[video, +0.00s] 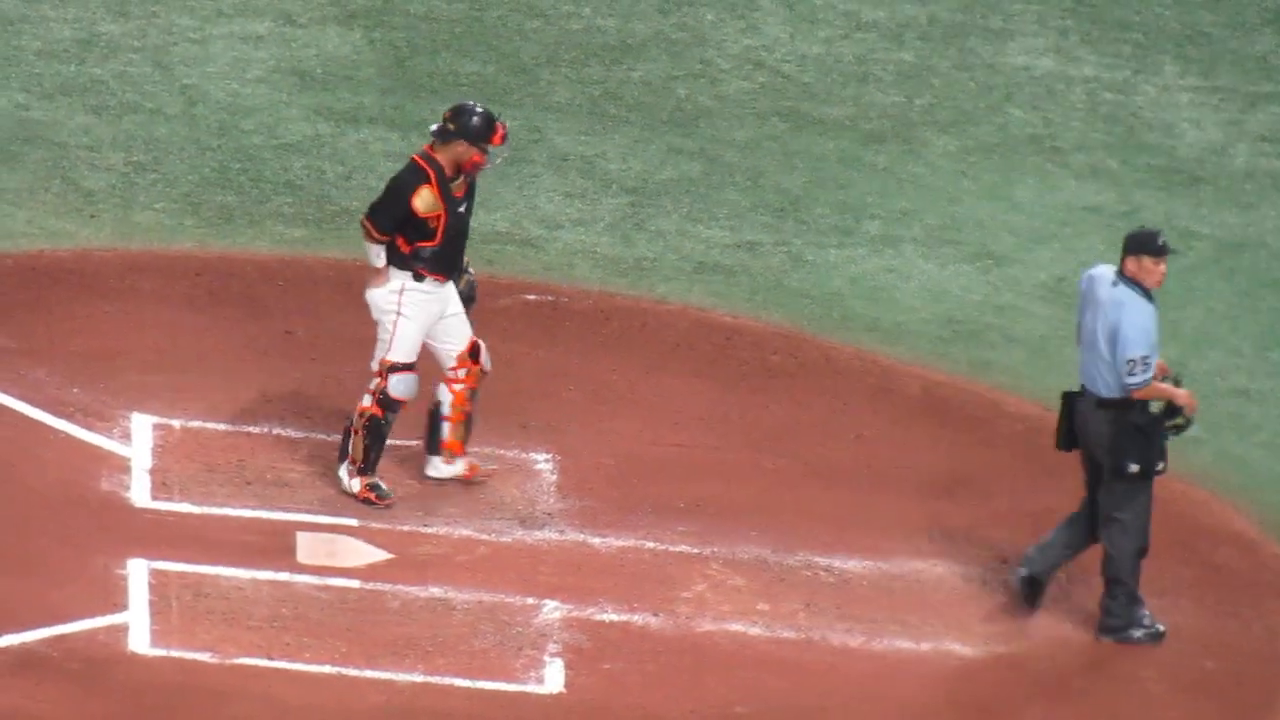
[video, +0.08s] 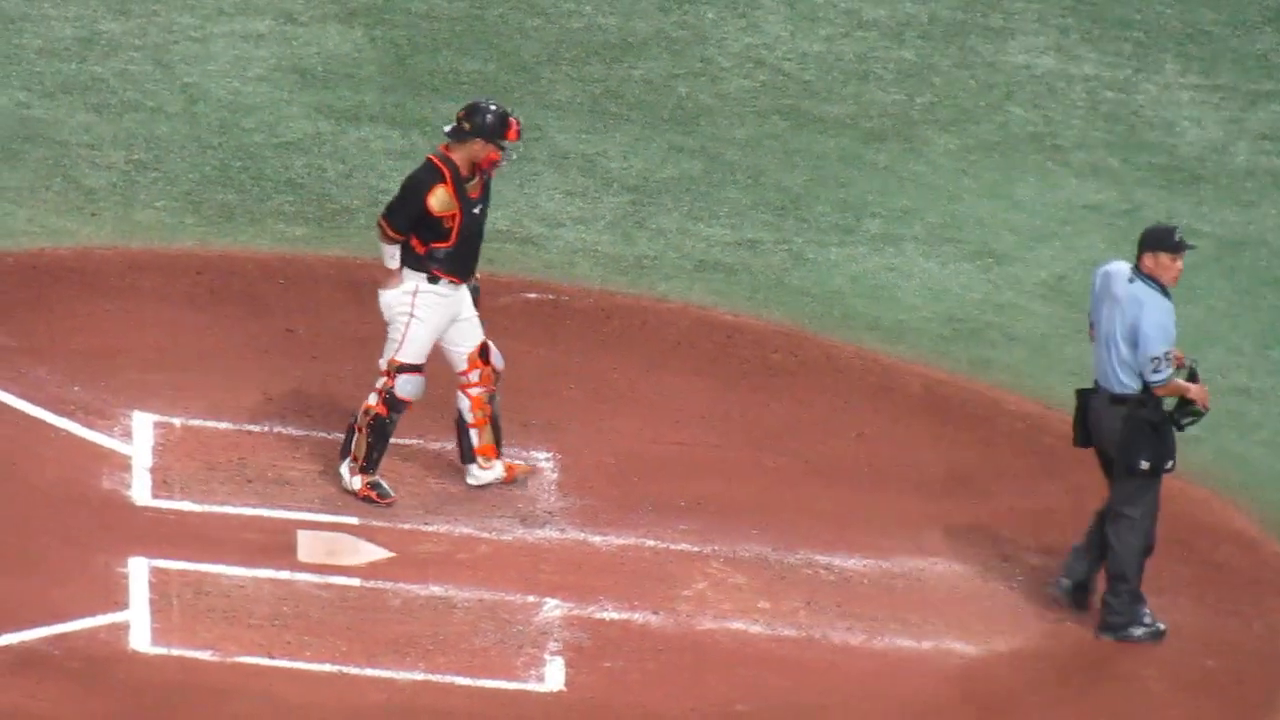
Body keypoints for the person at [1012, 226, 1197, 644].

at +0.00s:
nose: (1163, 269)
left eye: (1163, 261)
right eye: (1155, 261)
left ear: (1130, 264)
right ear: (1132, 263)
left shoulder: (1096, 278)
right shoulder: (1137, 312)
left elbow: (1097, 339)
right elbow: (1137, 384)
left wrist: (1146, 364)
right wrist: (1176, 395)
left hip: (1089, 409)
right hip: (1121, 420)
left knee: (1097, 512)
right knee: (1127, 526)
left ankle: (1035, 569)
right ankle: (1120, 617)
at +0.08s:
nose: (1181, 266)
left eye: (1181, 258)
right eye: (1174, 258)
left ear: (1145, 259)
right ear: (1150, 259)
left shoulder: (1110, 273)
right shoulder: (1156, 309)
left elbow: (1098, 331)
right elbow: (1158, 380)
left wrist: (1157, 353)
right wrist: (1189, 390)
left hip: (1101, 407)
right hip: (1133, 418)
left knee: (1123, 503)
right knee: (1134, 517)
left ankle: (1078, 573)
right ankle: (1122, 614)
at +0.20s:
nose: (1202, 268)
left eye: (1202, 261)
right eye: (1197, 261)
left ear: (1169, 262)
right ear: (1173, 262)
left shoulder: (1127, 276)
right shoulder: (1181, 311)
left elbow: (1112, 336)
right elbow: (1182, 384)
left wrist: (1171, 353)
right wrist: (1209, 389)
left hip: (1121, 409)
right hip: (1152, 420)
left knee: (1155, 508)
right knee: (1145, 517)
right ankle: (1123, 619)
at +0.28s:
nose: (1214, 267)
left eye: (1214, 260)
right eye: (1209, 260)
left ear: (1180, 262)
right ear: (1185, 262)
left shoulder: (1138, 277)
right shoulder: (1194, 311)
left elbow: (1122, 336)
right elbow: (1196, 385)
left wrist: (1179, 343)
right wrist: (1223, 385)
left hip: (1133, 410)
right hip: (1168, 421)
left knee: (1171, 506)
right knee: (1154, 515)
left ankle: (1185, 597)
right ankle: (1124, 618)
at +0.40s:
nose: (1227, 260)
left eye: (1226, 252)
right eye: (1221, 253)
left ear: (1192, 256)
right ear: (1197, 256)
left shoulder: (1151, 274)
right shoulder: (1210, 305)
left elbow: (1136, 334)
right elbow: (1215, 379)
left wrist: (1185, 333)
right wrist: (1246, 375)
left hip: (1154, 405)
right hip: (1190, 416)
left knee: (1187, 506)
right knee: (1176, 515)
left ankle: (1204, 595)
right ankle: (1127, 612)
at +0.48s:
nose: (1235, 255)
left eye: (1233, 248)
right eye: (1229, 249)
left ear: (1199, 253)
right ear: (1207, 252)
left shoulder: (1159, 275)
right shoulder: (1221, 301)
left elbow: (1144, 336)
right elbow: (1227, 376)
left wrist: (1194, 334)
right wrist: (1256, 373)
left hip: (1166, 402)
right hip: (1204, 413)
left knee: (1189, 504)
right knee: (1201, 519)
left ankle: (1204, 595)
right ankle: (1136, 603)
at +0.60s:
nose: (1246, 251)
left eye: (1244, 244)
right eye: (1241, 245)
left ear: (1210, 249)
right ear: (1219, 249)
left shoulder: (1171, 277)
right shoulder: (1237, 296)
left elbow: (1154, 340)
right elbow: (1243, 374)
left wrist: (1200, 339)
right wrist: (1269, 372)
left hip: (1178, 404)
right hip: (1218, 413)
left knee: (1196, 504)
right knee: (1244, 515)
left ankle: (1205, 599)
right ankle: (1173, 588)